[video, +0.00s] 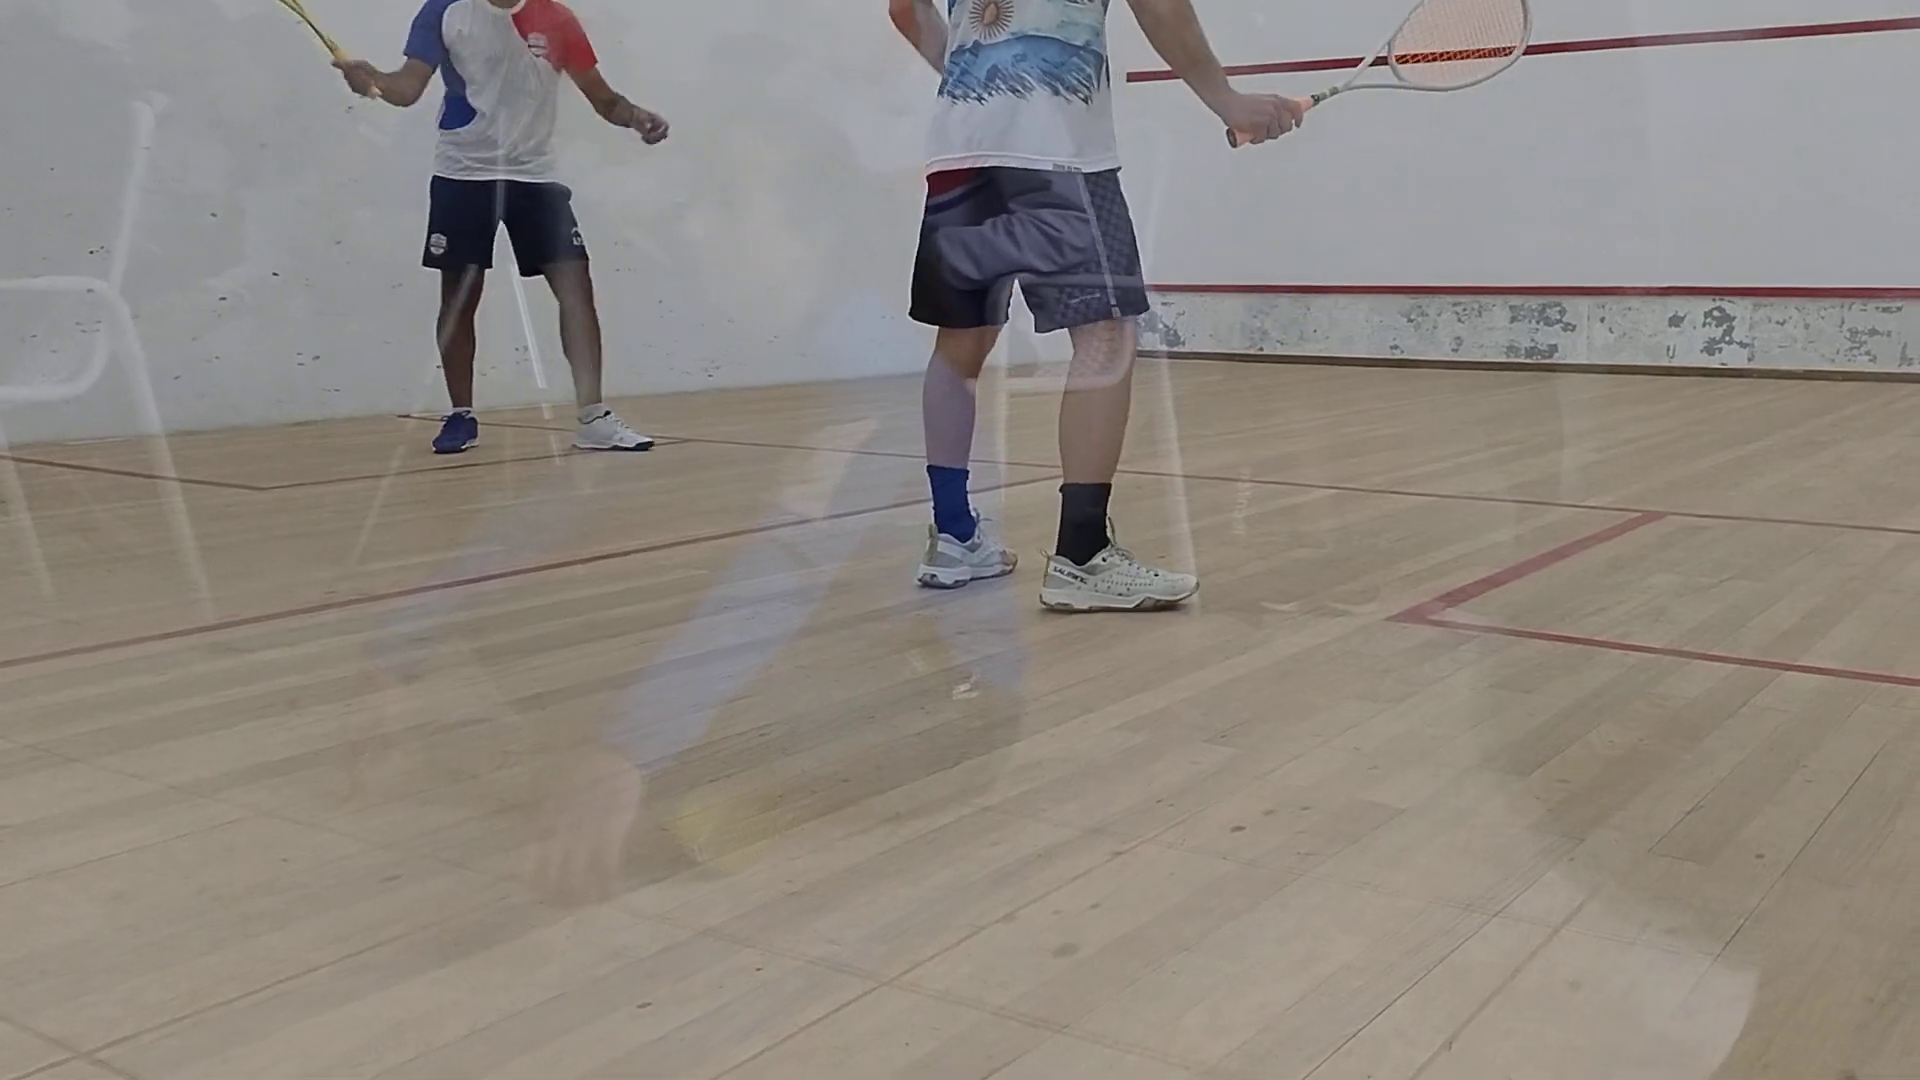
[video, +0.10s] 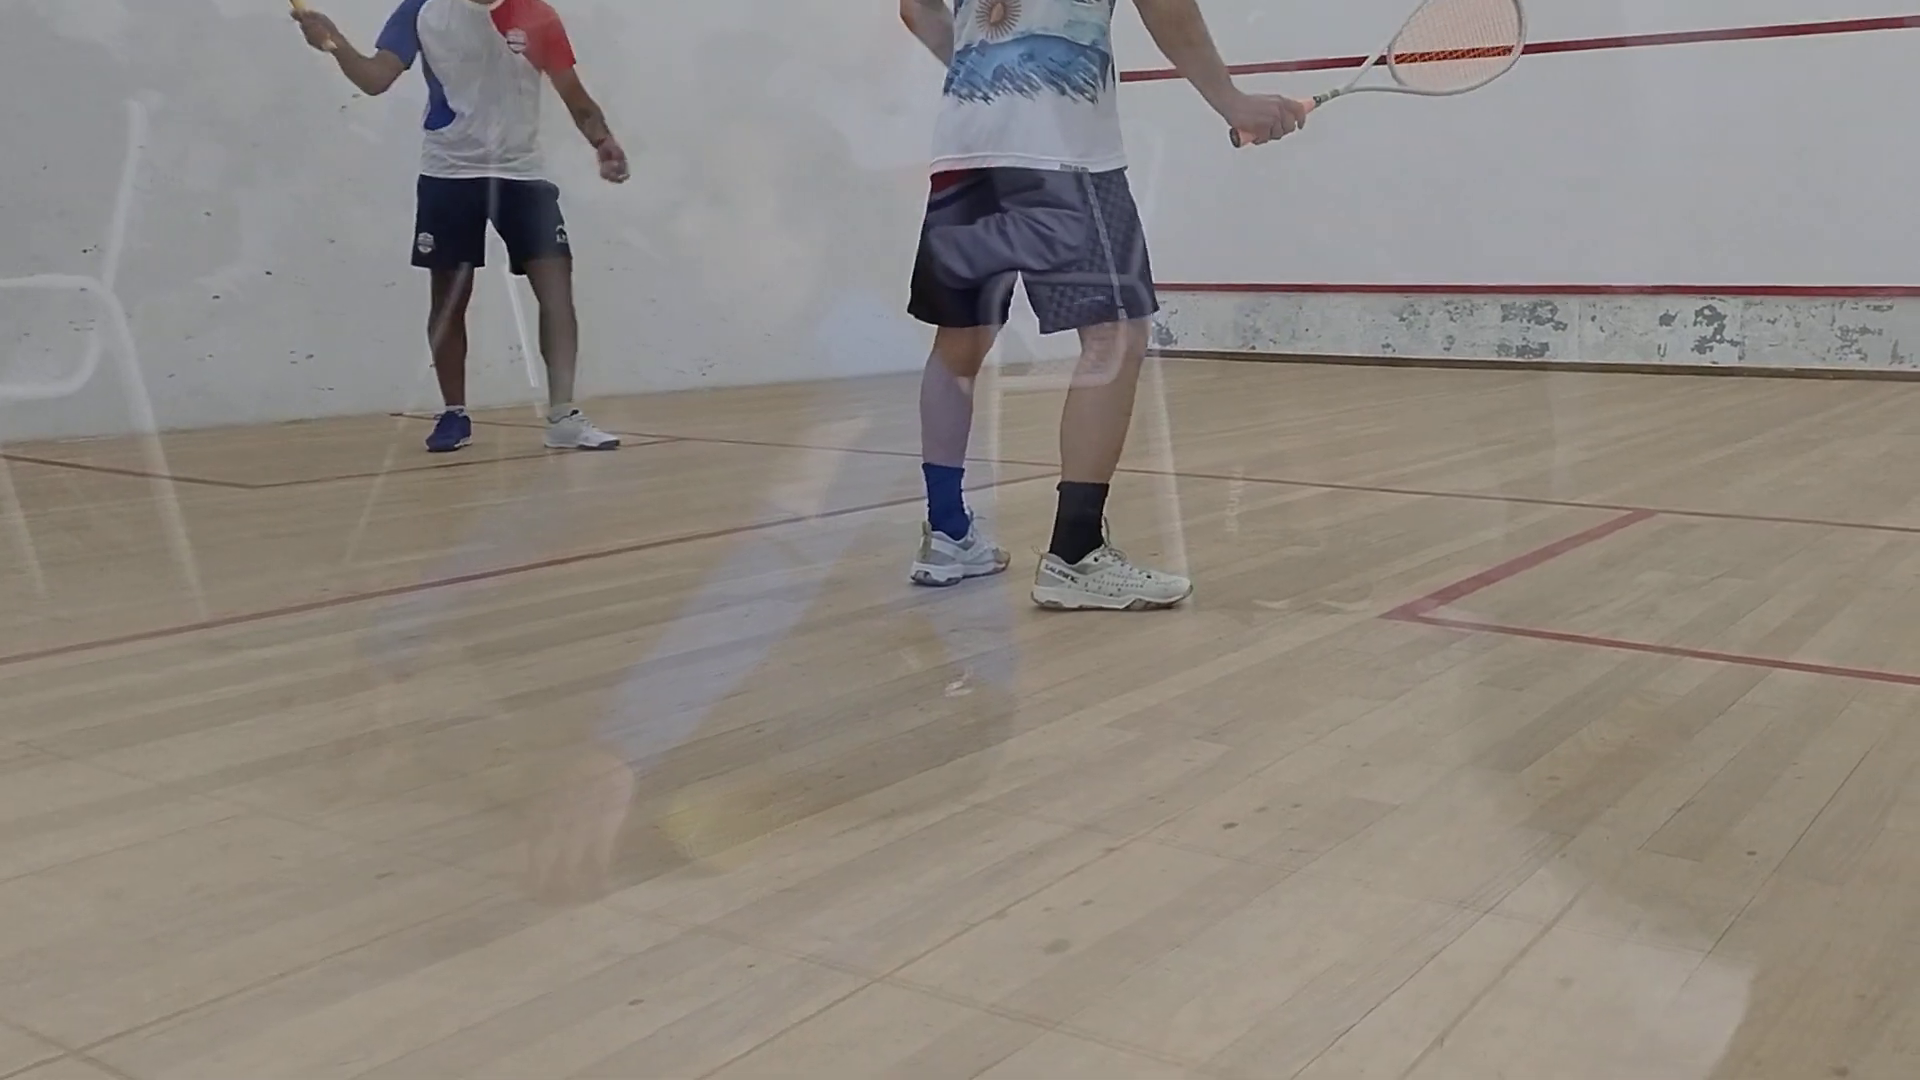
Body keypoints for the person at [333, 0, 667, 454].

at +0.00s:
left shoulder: (554, 17)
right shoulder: (443, 12)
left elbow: (603, 98)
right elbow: (407, 89)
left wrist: (636, 117)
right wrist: (372, 78)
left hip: (535, 173)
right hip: (463, 172)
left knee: (574, 279)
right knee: (461, 290)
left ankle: (592, 417)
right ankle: (460, 414)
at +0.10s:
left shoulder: (533, 13)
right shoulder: (423, 9)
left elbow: (576, 97)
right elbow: (376, 77)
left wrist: (602, 139)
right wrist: (336, 43)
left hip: (523, 170)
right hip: (450, 169)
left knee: (556, 286)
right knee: (450, 294)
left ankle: (563, 416)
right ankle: (453, 413)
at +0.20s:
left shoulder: (520, 10)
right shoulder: (411, 8)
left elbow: (565, 104)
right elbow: (353, 67)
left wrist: (585, 155)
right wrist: (316, 17)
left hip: (514, 167)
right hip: (441, 167)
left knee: (544, 281)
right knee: (443, 291)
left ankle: (554, 415)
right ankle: (450, 411)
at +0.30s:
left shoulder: (512, 6)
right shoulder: (401, 7)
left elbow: (560, 98)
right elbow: (335, 60)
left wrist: (580, 149)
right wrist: (305, 1)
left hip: (506, 161)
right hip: (434, 163)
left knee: (538, 280)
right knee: (435, 288)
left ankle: (551, 411)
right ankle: (443, 410)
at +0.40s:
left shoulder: (506, 3)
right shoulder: (389, 6)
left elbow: (555, 73)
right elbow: (317, 51)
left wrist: (586, 103)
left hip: (500, 156)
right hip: (426, 160)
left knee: (536, 273)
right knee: (426, 284)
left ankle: (548, 406)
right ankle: (433, 408)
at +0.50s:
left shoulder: (509, 3)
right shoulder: (388, 6)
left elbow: (579, 65)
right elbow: (311, 43)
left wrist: (611, 42)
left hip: (503, 156)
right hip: (426, 161)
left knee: (544, 270)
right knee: (423, 281)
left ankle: (564, 403)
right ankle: (425, 407)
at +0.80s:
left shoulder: (564, 10)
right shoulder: (442, 14)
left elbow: (649, 29)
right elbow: (350, 22)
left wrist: (733, 30)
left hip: (556, 174)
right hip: (477, 179)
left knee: (611, 285)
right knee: (440, 297)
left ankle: (633, 417)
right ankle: (413, 406)